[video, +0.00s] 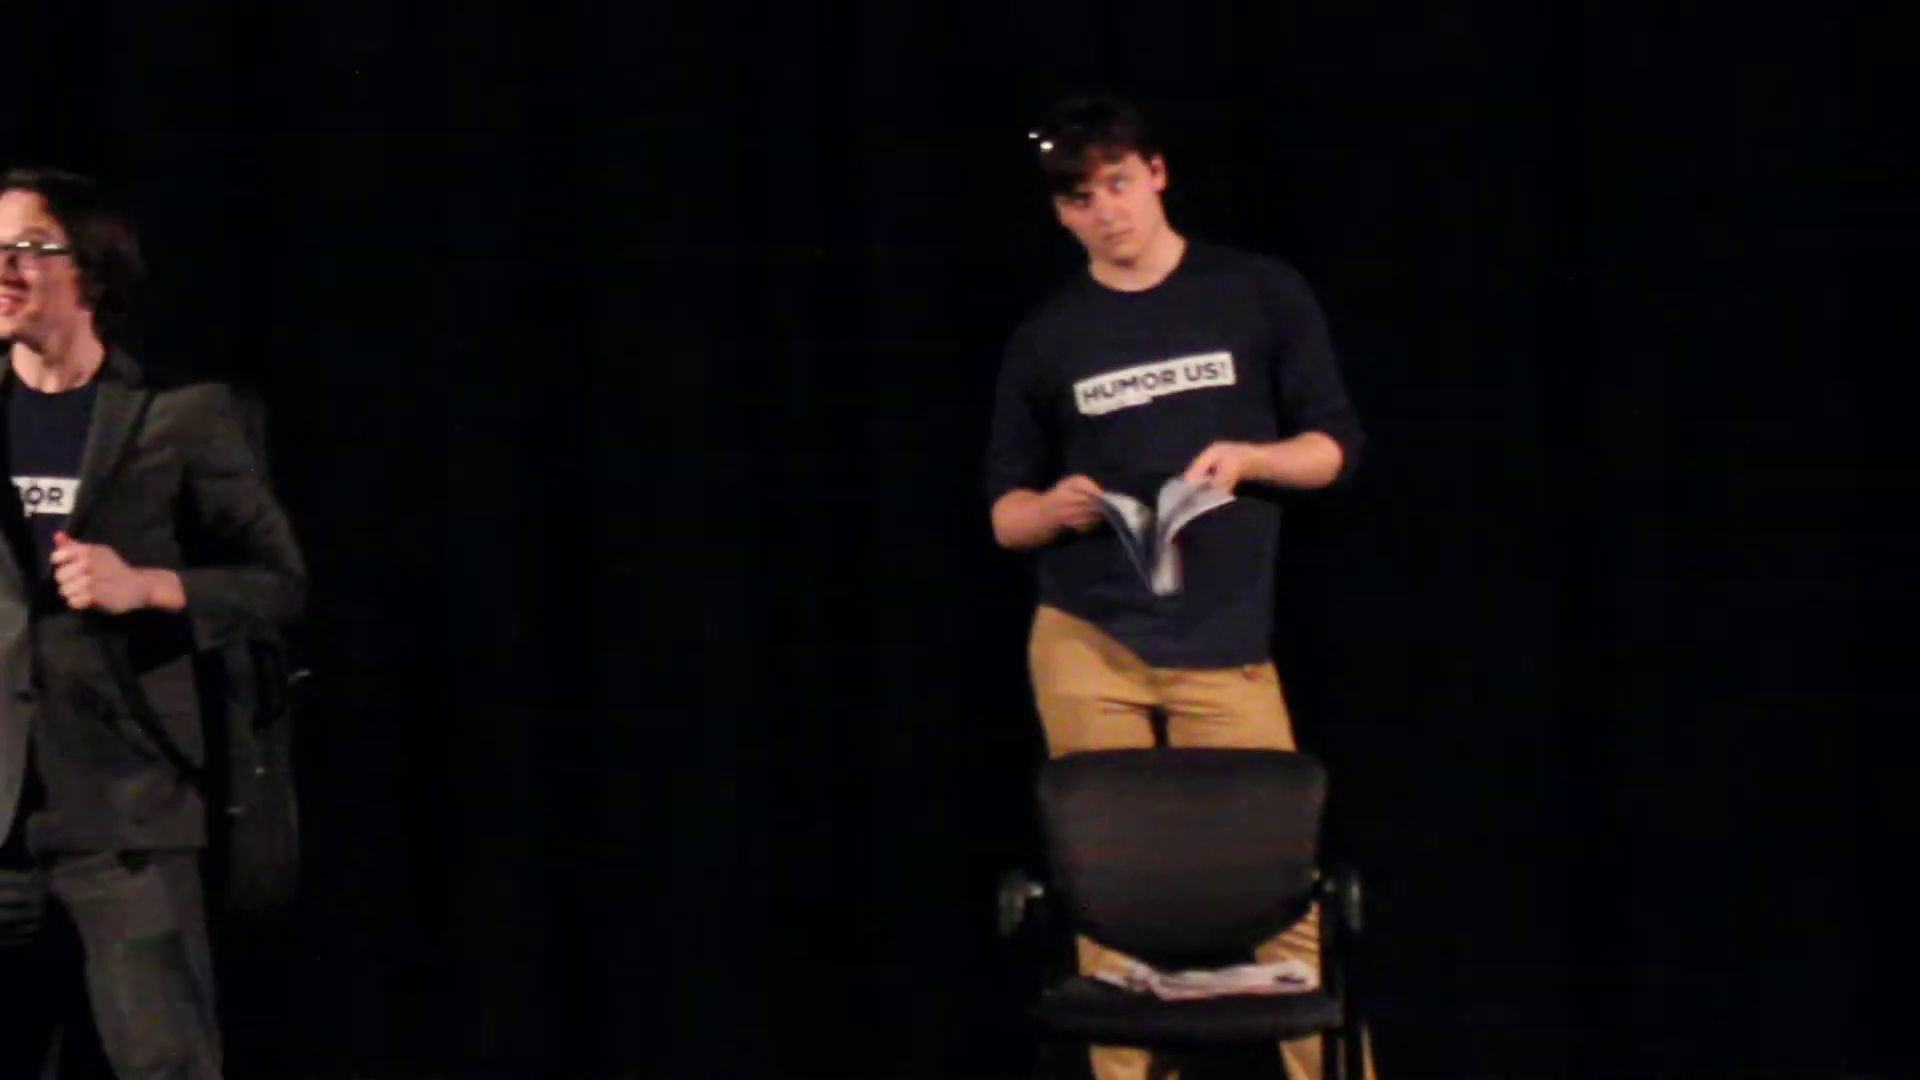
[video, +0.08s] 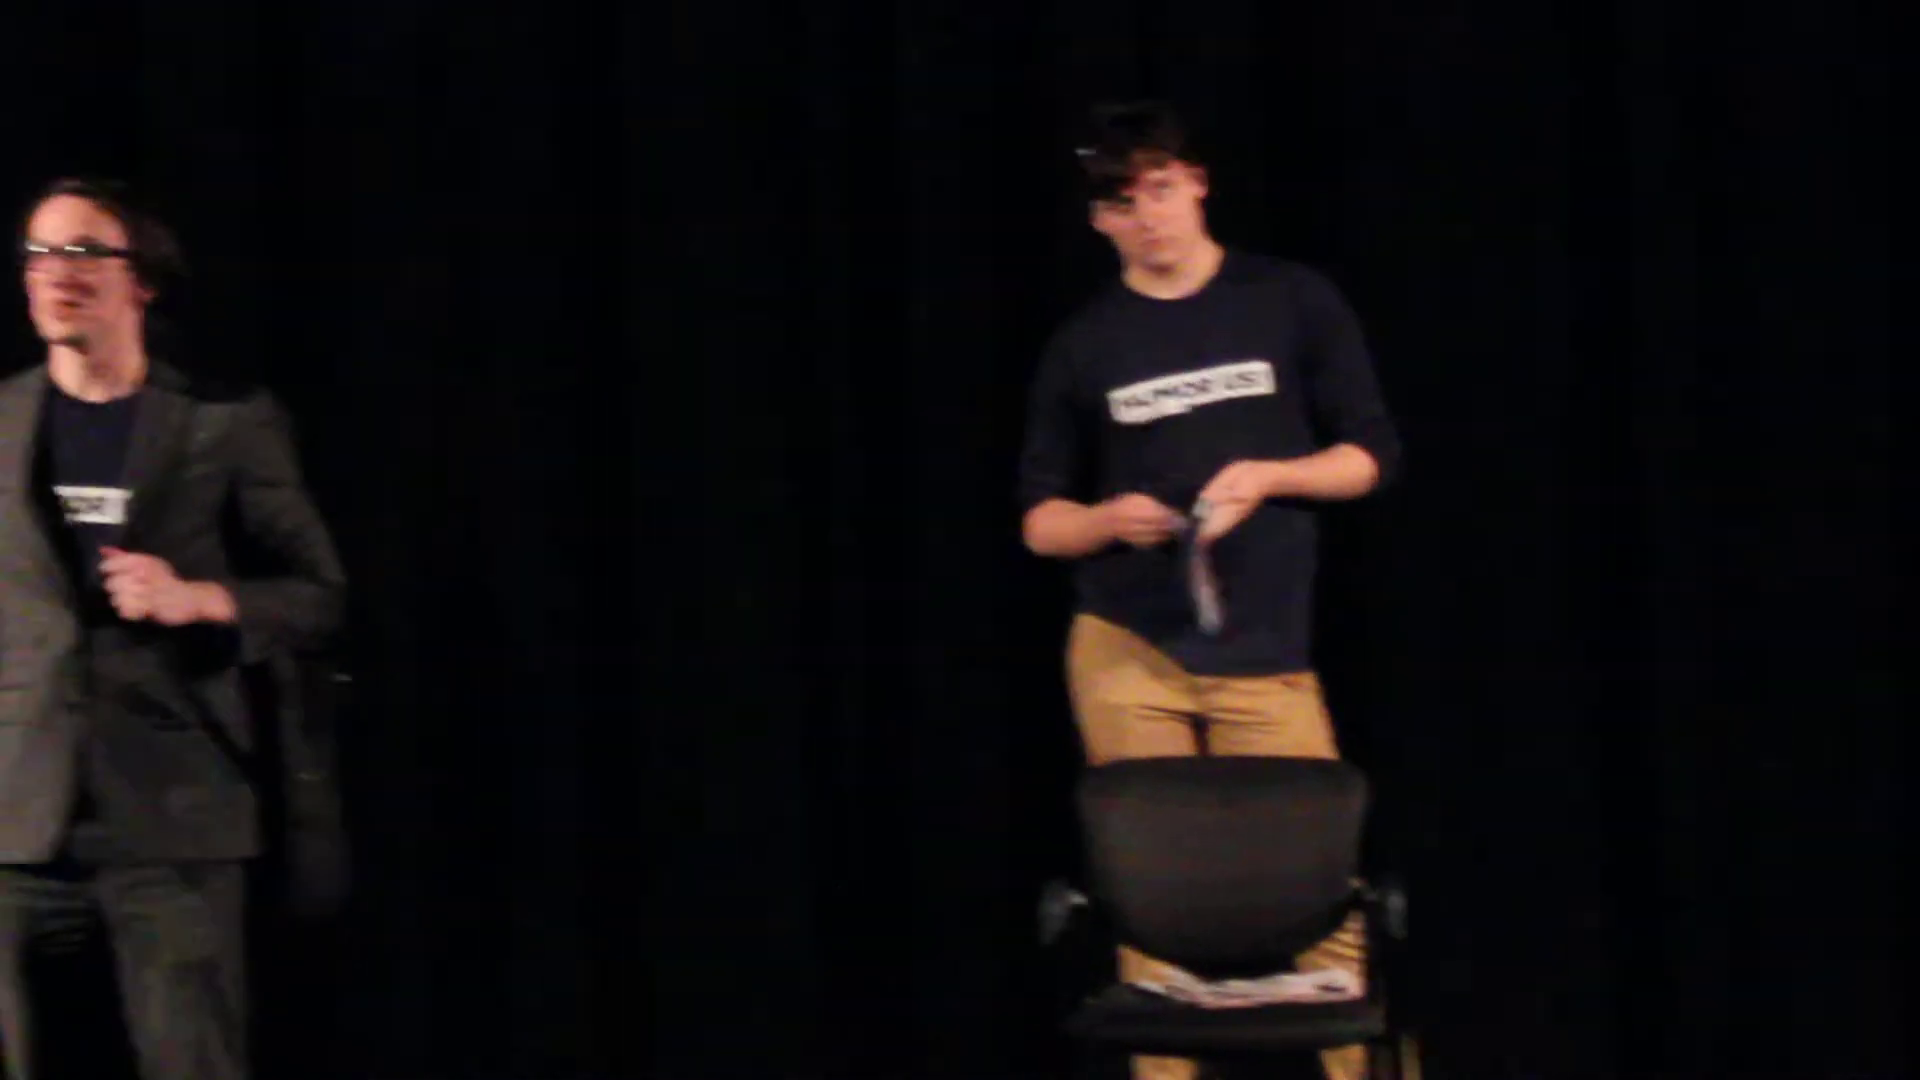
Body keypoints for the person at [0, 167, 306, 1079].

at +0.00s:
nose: (8, 267)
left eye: (32, 249)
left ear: (90, 269)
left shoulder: (182, 418)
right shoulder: (3, 408)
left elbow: (279, 584)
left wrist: (149, 586)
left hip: (118, 815)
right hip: (1, 819)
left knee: (165, 1058)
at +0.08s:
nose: (60, 273)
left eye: (88, 254)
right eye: (41, 254)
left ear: (142, 284)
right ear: (22, 279)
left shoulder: (228, 429)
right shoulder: (8, 420)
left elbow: (318, 599)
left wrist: (198, 597)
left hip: (171, 825)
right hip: (19, 826)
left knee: (193, 1063)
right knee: (31, 1070)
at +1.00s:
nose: (410, 304)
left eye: (411, 285)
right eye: (381, 291)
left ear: (421, 295)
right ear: (317, 329)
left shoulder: (463, 442)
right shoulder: (241, 475)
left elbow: (514, 586)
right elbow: (210, 689)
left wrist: (503, 615)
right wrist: (217, 873)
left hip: (470, 813)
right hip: (333, 825)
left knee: (510, 1052)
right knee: (325, 1059)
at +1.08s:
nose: (403, 304)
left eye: (401, 285)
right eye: (375, 291)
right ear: (309, 327)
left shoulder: (443, 438)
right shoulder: (230, 473)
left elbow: (489, 580)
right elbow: (199, 688)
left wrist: (486, 614)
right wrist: (206, 872)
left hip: (452, 810)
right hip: (320, 826)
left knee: (506, 1047)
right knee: (310, 1059)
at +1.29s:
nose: (393, 301)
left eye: (389, 281)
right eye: (365, 288)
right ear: (296, 324)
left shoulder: (422, 430)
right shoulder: (211, 467)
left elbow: (483, 566)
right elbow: (172, 675)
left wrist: (483, 608)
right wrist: (188, 861)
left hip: (431, 801)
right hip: (304, 817)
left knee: (481, 1012)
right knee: (305, 1051)